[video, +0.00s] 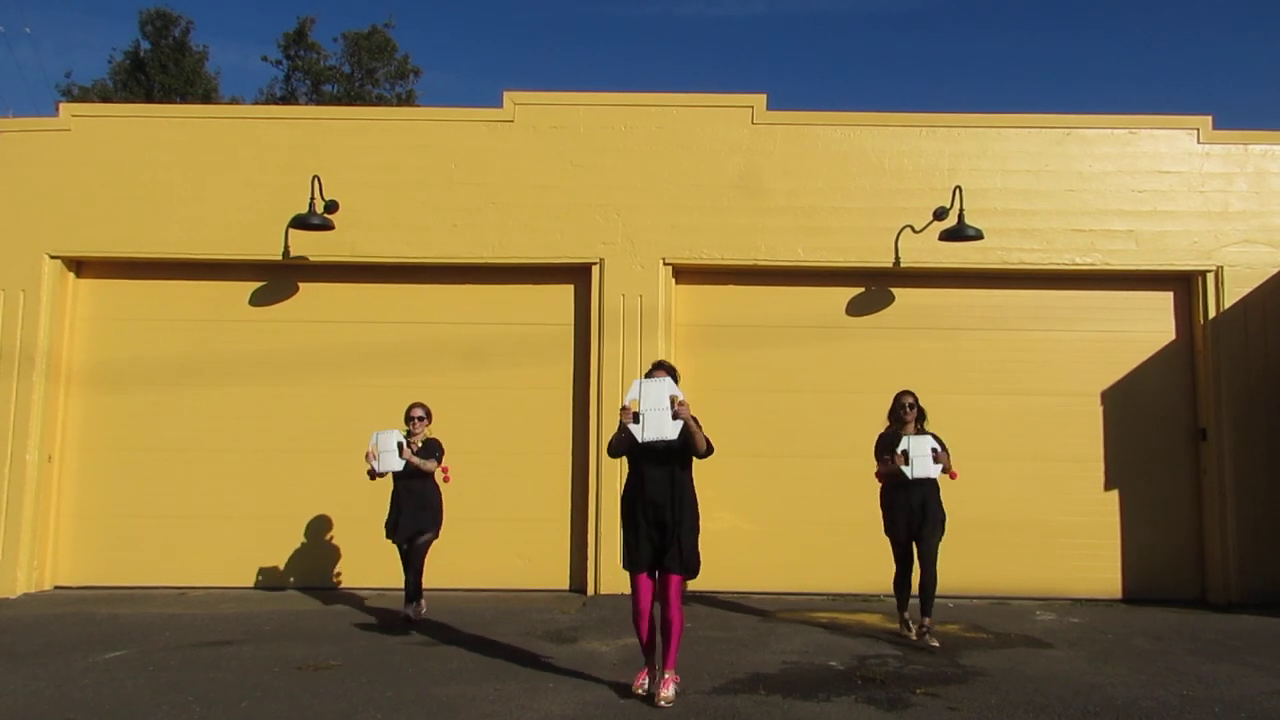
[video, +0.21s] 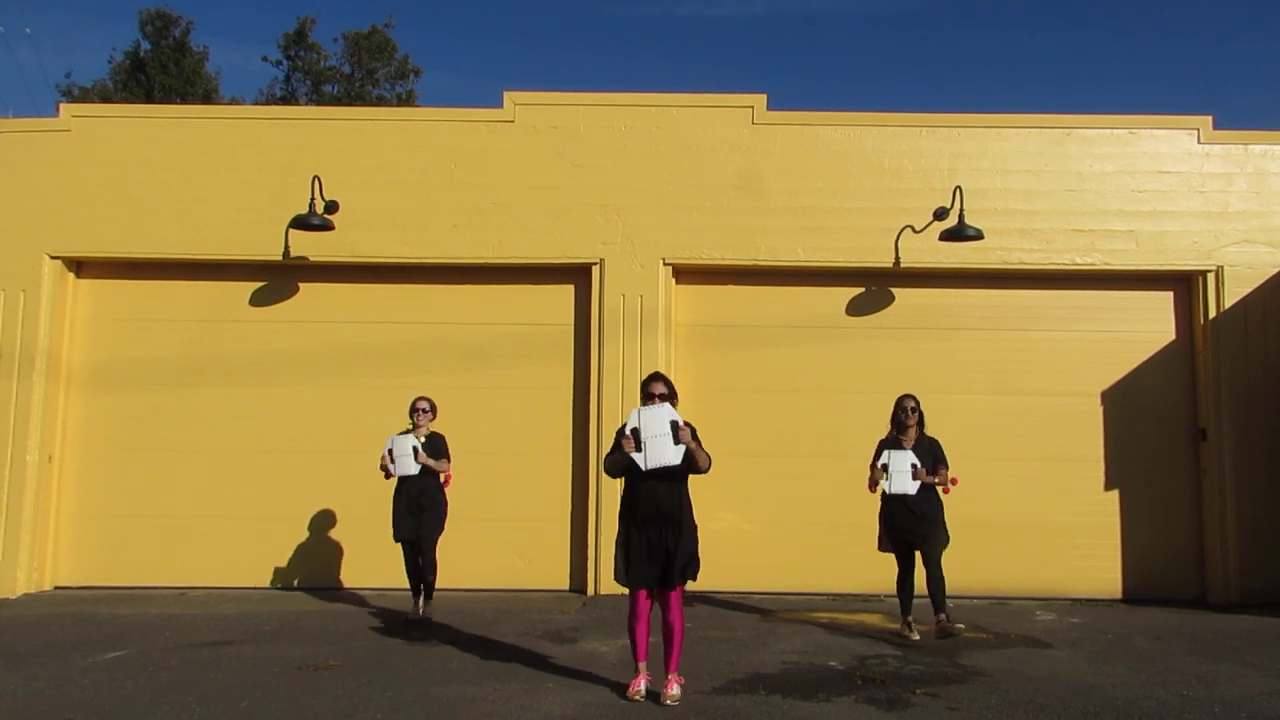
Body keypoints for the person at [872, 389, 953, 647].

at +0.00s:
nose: (907, 410)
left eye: (911, 406)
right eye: (901, 407)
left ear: (918, 410)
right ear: (894, 411)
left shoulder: (931, 439)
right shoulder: (886, 439)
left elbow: (947, 470)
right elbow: (881, 473)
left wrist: (944, 461)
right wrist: (895, 465)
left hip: (929, 508)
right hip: (898, 510)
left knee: (929, 564)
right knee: (904, 564)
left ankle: (925, 623)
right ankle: (903, 615)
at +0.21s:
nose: (908, 414)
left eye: (913, 410)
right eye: (903, 410)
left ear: (919, 413)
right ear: (896, 414)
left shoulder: (931, 444)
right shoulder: (886, 445)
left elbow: (944, 478)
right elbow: (873, 484)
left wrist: (927, 477)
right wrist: (876, 475)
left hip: (927, 513)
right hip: (897, 514)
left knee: (933, 564)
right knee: (906, 567)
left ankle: (941, 619)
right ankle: (906, 620)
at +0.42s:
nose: (910, 403)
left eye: (915, 399)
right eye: (905, 399)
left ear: (921, 404)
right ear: (897, 405)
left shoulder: (934, 434)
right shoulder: (887, 435)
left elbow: (954, 465)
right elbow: (876, 469)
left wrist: (942, 466)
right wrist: (890, 469)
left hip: (929, 511)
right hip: (898, 511)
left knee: (927, 566)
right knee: (904, 564)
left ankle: (925, 622)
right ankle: (900, 621)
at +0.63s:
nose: (910, 399)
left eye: (914, 395)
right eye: (905, 396)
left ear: (921, 399)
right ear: (897, 401)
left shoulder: (934, 428)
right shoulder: (888, 428)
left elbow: (959, 464)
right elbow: (873, 465)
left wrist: (948, 457)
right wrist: (895, 456)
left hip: (931, 504)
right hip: (899, 505)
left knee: (936, 562)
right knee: (902, 559)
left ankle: (929, 615)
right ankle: (894, 613)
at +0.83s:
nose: (913, 411)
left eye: (917, 407)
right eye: (907, 407)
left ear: (923, 409)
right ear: (898, 410)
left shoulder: (931, 435)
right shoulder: (892, 437)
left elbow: (954, 468)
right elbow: (892, 466)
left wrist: (952, 453)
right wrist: (907, 452)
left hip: (930, 509)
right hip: (900, 511)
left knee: (935, 568)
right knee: (900, 567)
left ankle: (937, 627)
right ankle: (888, 624)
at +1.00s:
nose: (914, 399)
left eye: (918, 395)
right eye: (908, 396)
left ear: (924, 400)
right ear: (900, 401)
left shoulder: (936, 431)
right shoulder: (890, 428)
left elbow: (947, 467)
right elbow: (874, 466)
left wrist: (946, 465)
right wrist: (896, 465)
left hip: (928, 505)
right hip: (897, 505)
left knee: (926, 560)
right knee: (896, 559)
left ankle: (926, 617)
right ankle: (887, 615)